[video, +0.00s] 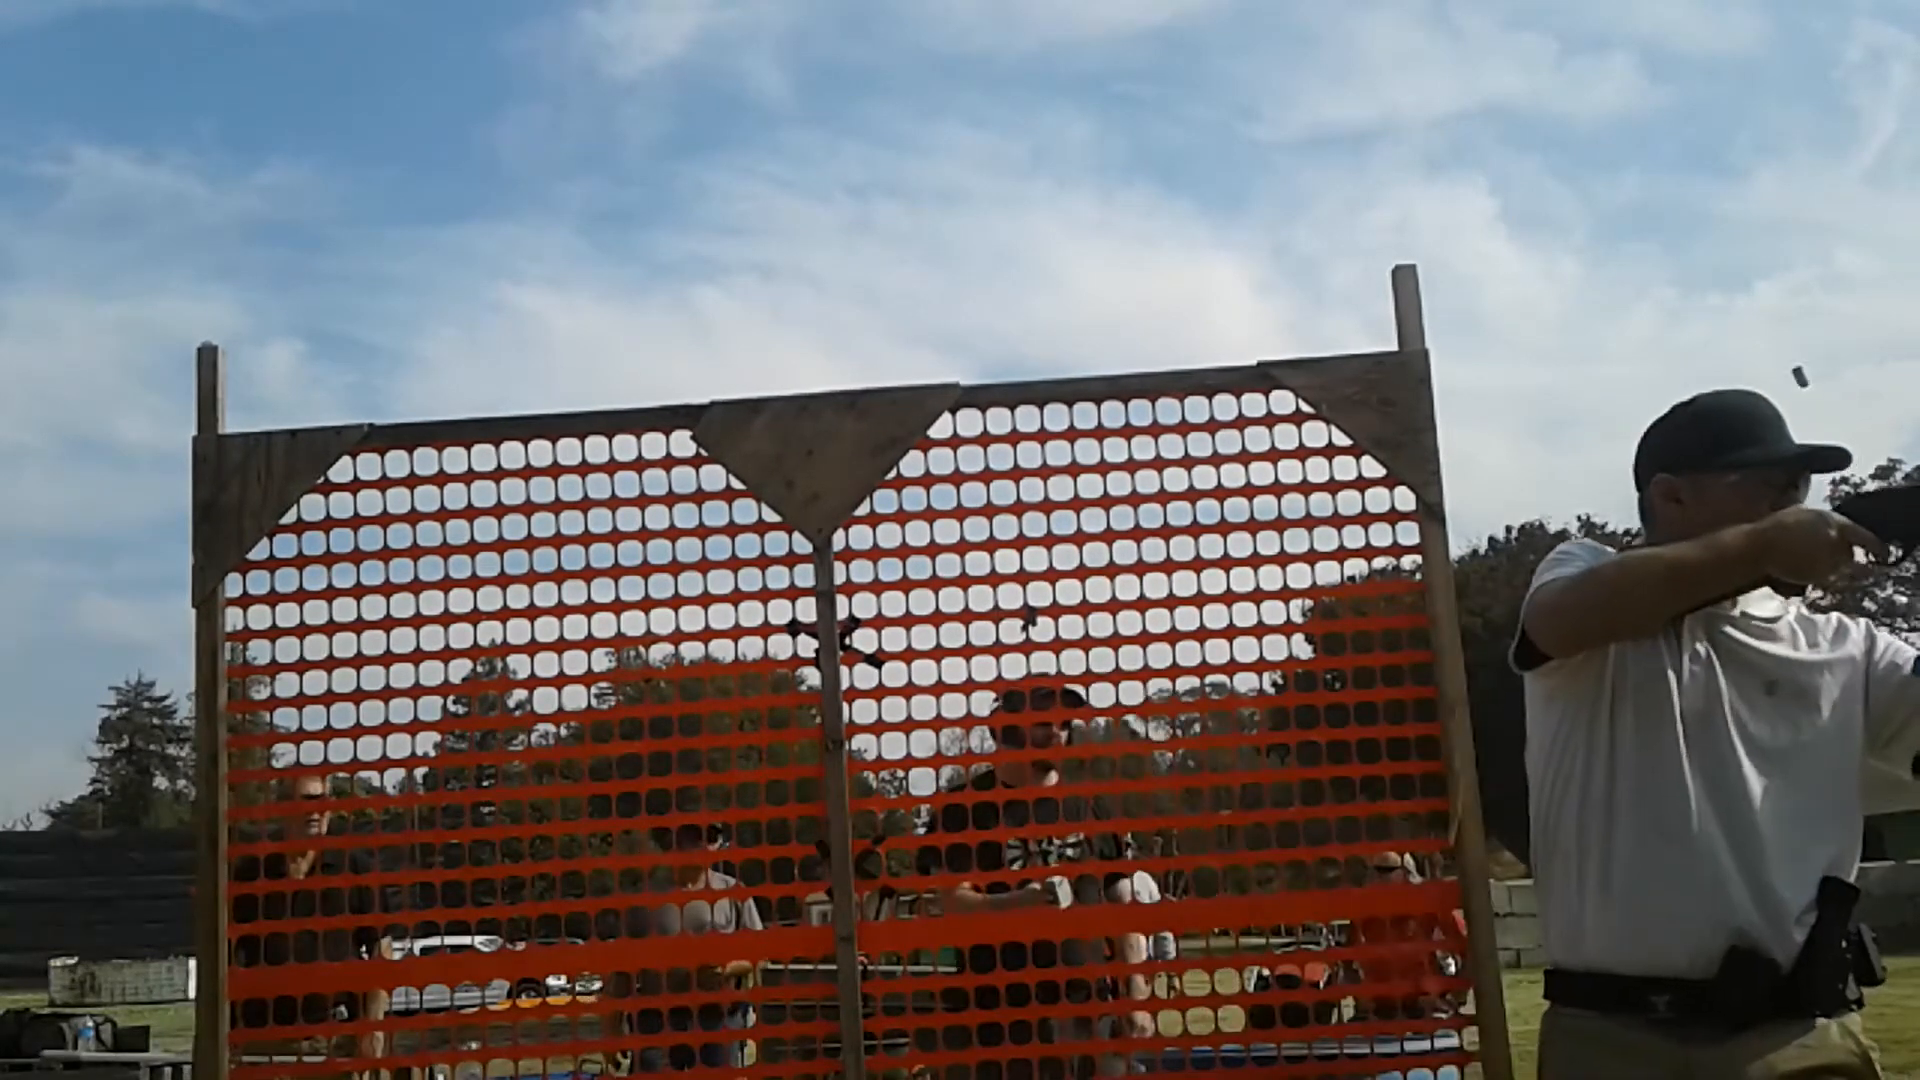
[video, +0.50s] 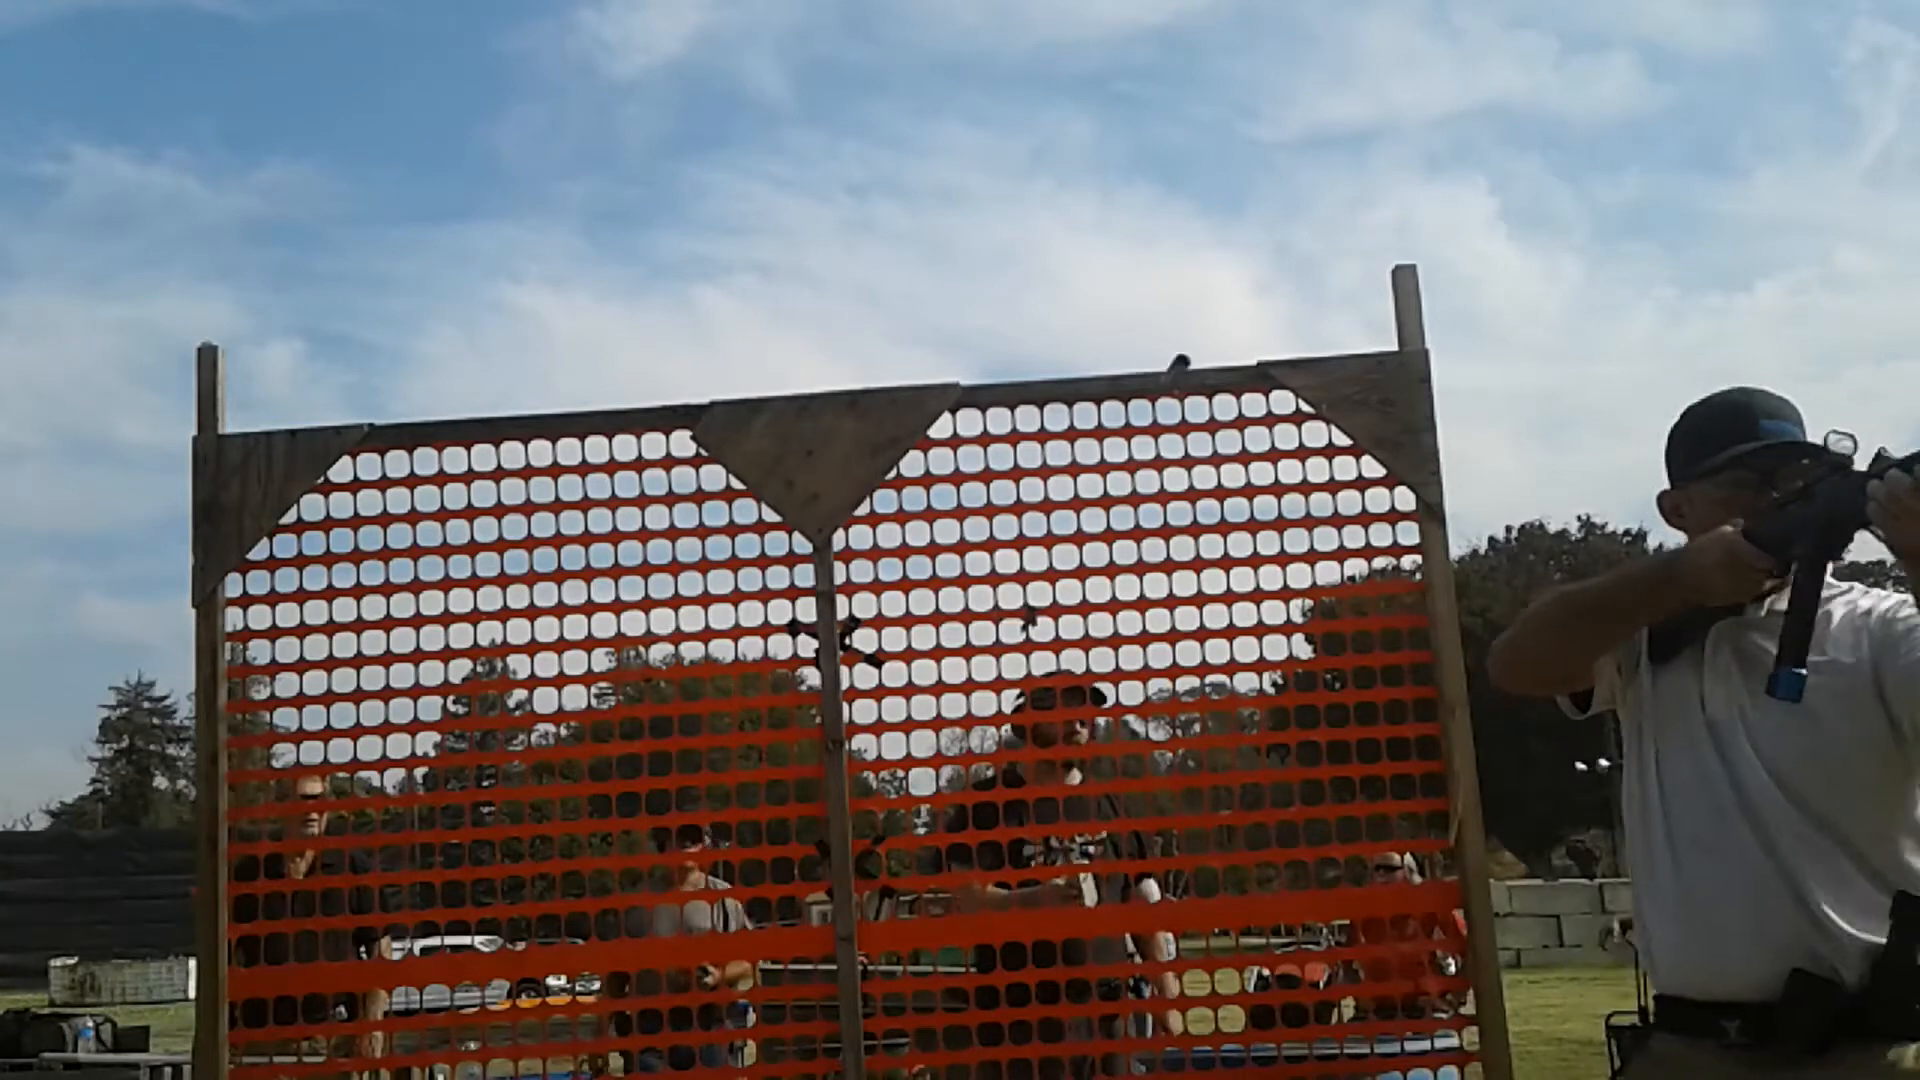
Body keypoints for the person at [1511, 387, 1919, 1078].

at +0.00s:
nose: (1796, 513)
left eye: (1798, 491)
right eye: (1769, 487)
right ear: (1670, 497)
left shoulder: (1841, 644)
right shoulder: (1586, 572)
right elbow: (1558, 621)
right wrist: (1762, 548)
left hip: (1800, 1034)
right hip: (1610, 1038)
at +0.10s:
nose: (1786, 512)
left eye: (1792, 491)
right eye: (1756, 487)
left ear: (1804, 493)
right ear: (1663, 499)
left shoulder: (1838, 645)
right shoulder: (1580, 586)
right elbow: (1537, 624)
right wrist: (1747, 554)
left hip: (1802, 1036)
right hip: (1613, 1039)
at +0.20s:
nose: (1766, 506)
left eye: (1771, 485)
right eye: (1741, 482)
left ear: (1784, 494)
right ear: (1647, 502)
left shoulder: (1838, 647)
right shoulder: (1579, 631)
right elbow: (1503, 643)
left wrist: (1906, 568)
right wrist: (1711, 573)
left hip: (1819, 1038)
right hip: (1627, 1042)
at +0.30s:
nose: (1761, 507)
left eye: (1771, 487)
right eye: (1734, 482)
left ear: (1785, 497)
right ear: (1649, 510)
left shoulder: (1845, 642)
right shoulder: (1588, 644)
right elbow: (1479, 662)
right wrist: (1677, 580)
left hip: (1838, 1037)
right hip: (1643, 1043)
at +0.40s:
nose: (1768, 507)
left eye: (1780, 486)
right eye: (1741, 484)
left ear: (1799, 494)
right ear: (1661, 511)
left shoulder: (1857, 637)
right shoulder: (1606, 649)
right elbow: (1487, 666)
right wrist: (1673, 579)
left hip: (1845, 1036)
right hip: (1657, 1041)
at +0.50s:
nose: (1773, 504)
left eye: (1791, 478)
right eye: (1745, 479)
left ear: (1816, 487)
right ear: (1678, 508)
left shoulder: (1879, 625)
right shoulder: (1643, 644)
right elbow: (1513, 665)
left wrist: (1915, 558)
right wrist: (1682, 577)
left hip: (1862, 1043)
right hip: (1684, 1044)